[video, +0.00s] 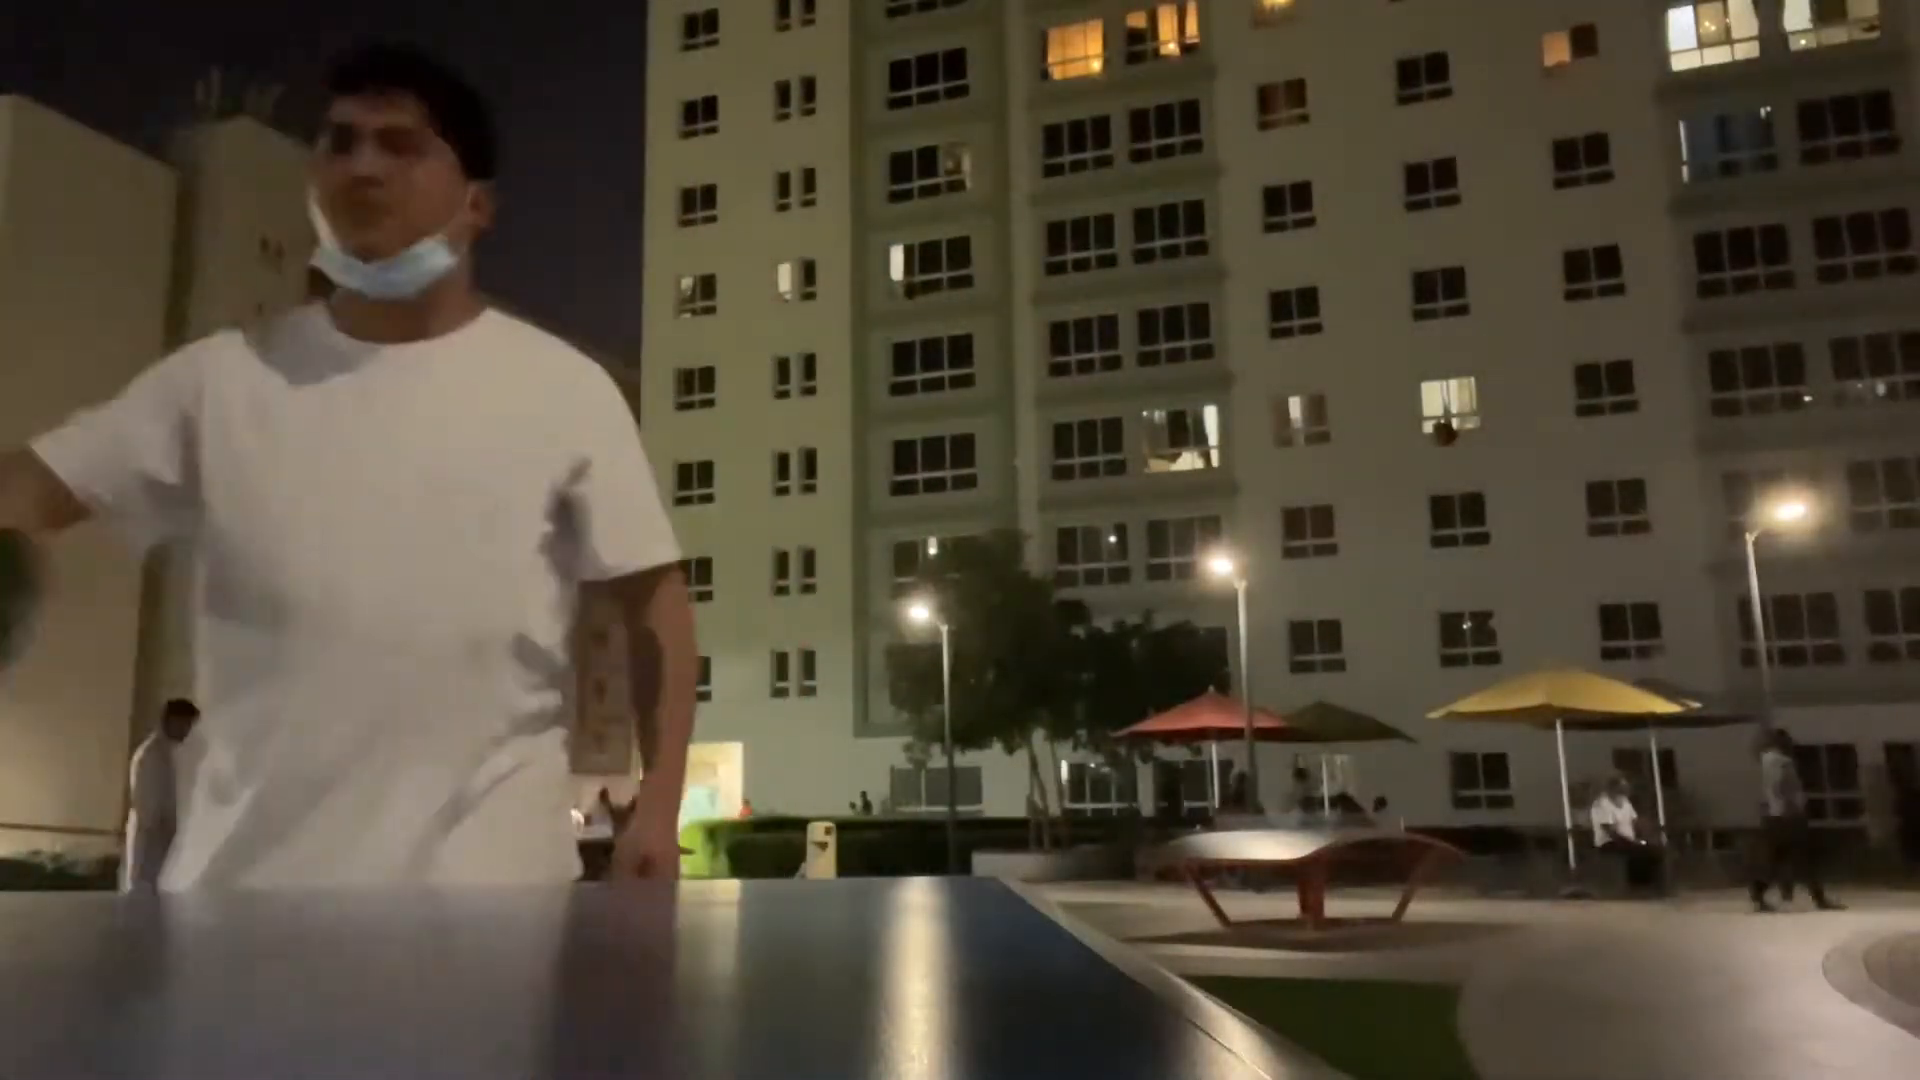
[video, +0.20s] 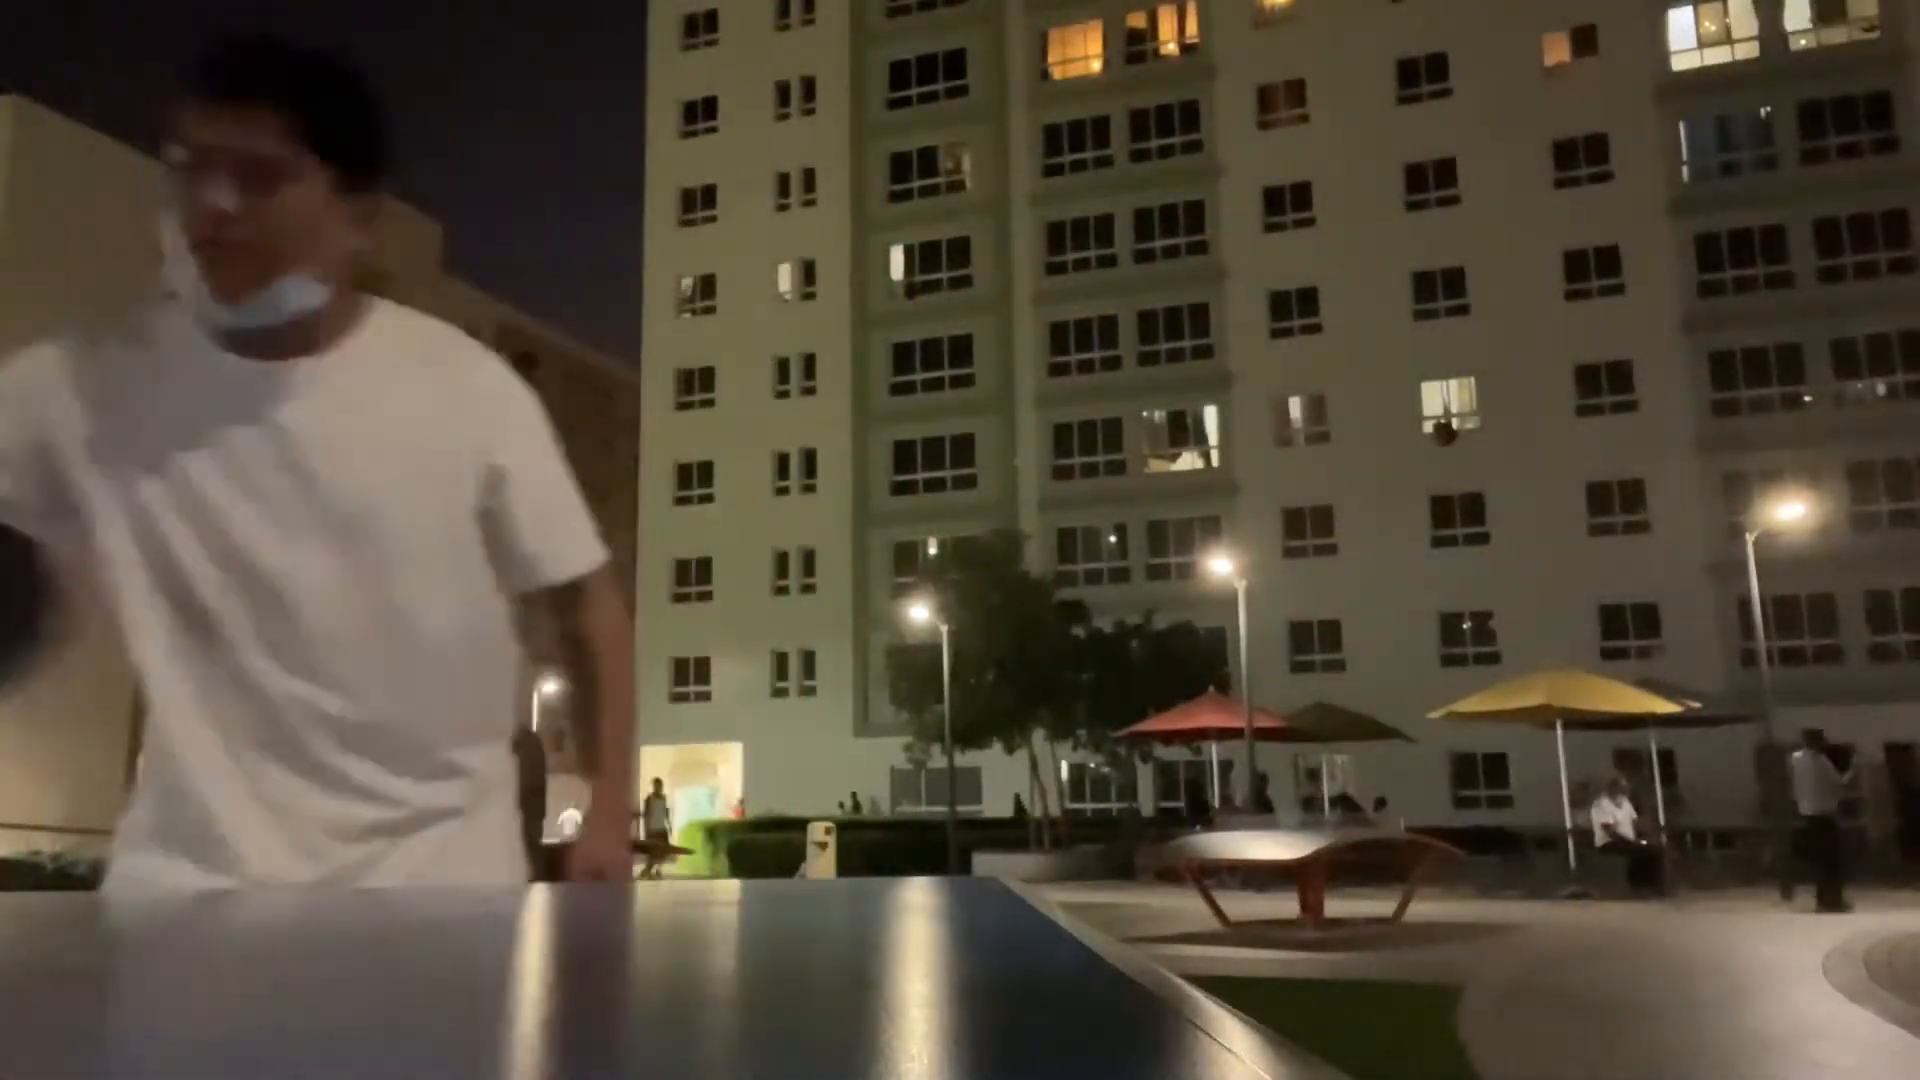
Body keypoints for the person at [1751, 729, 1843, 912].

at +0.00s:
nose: (1791, 744)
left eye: (1790, 741)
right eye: (1789, 741)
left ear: (1772, 742)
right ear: (1783, 742)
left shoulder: (1768, 758)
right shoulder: (1780, 761)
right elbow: (1780, 788)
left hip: (1773, 816)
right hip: (1787, 816)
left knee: (1772, 858)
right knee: (1806, 859)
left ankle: (1759, 892)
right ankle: (1820, 898)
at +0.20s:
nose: (1823, 745)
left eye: (1822, 741)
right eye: (1822, 742)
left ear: (1804, 741)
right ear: (1818, 742)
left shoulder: (1795, 759)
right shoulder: (1821, 760)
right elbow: (1840, 782)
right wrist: (1853, 767)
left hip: (1806, 815)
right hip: (1825, 816)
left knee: (1819, 860)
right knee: (1831, 860)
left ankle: (1824, 897)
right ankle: (1832, 899)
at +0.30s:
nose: (1831, 748)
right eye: (1830, 744)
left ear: (1815, 744)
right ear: (1831, 744)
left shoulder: (1808, 761)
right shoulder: (1836, 762)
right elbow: (1852, 777)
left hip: (1821, 815)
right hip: (1840, 815)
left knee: (1828, 859)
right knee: (1849, 858)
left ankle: (1825, 898)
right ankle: (1856, 897)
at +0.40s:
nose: (1837, 745)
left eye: (1833, 741)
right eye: (1839, 741)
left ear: (1825, 742)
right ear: (1841, 742)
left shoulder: (1818, 760)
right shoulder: (1849, 761)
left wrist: (1832, 750)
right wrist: (1852, 750)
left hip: (1831, 816)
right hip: (1850, 816)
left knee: (1837, 856)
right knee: (1854, 857)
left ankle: (1840, 887)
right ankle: (1855, 895)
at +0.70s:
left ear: (1867, 742)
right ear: (1884, 741)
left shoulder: (1860, 759)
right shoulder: (1893, 759)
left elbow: (1859, 754)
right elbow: (1901, 781)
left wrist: (1868, 746)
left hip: (1872, 815)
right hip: (1893, 815)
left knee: (1877, 855)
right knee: (1896, 857)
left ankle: (1868, 887)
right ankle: (1903, 895)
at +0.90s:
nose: (1905, 747)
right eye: (1903, 744)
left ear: (1885, 744)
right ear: (1903, 744)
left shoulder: (1877, 760)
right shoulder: (1911, 760)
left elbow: (1872, 790)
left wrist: (1874, 811)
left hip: (1891, 813)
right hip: (1912, 812)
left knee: (1896, 852)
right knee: (1911, 852)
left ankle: (1903, 890)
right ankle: (1912, 889)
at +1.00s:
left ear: (1889, 744)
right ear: (1907, 744)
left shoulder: (1882, 761)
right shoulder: (1914, 760)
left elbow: (1878, 791)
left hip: (1896, 814)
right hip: (1914, 813)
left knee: (1900, 853)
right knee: (1914, 853)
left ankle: (1910, 889)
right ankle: (1913, 889)